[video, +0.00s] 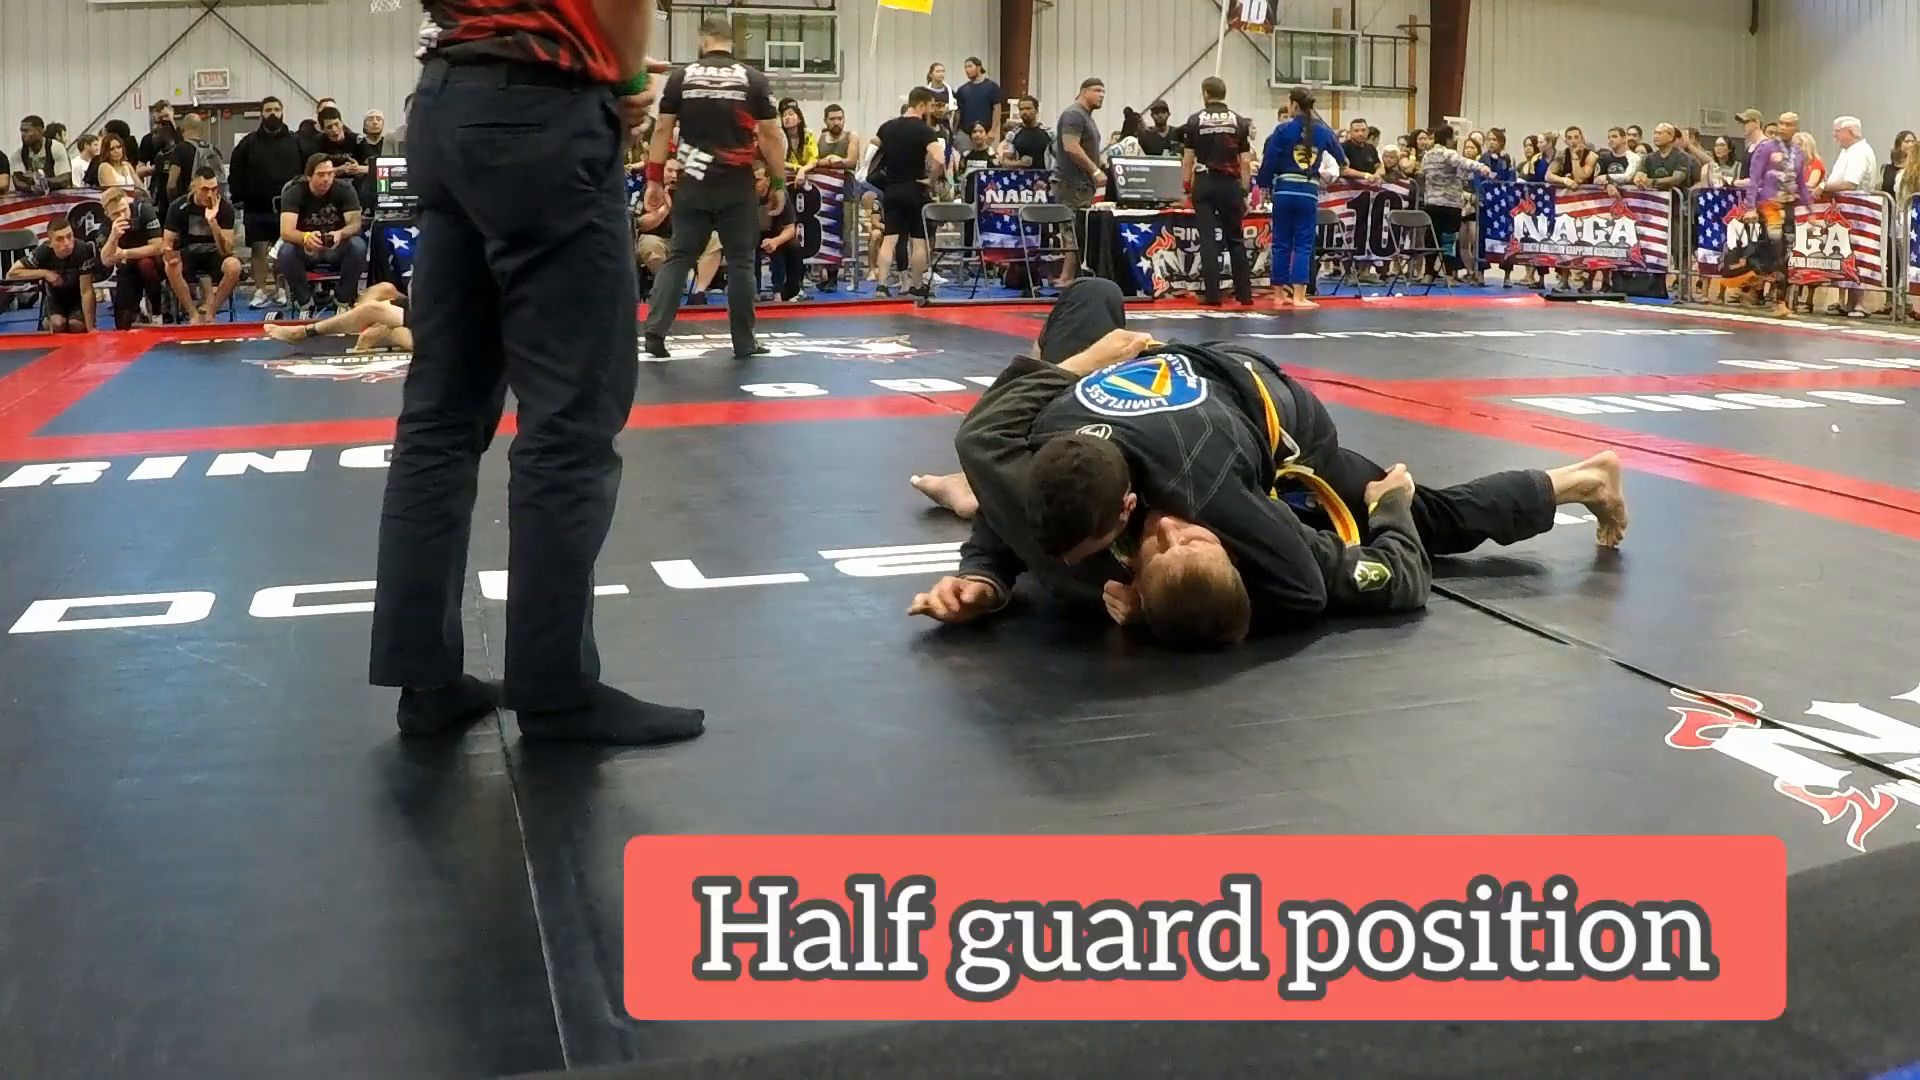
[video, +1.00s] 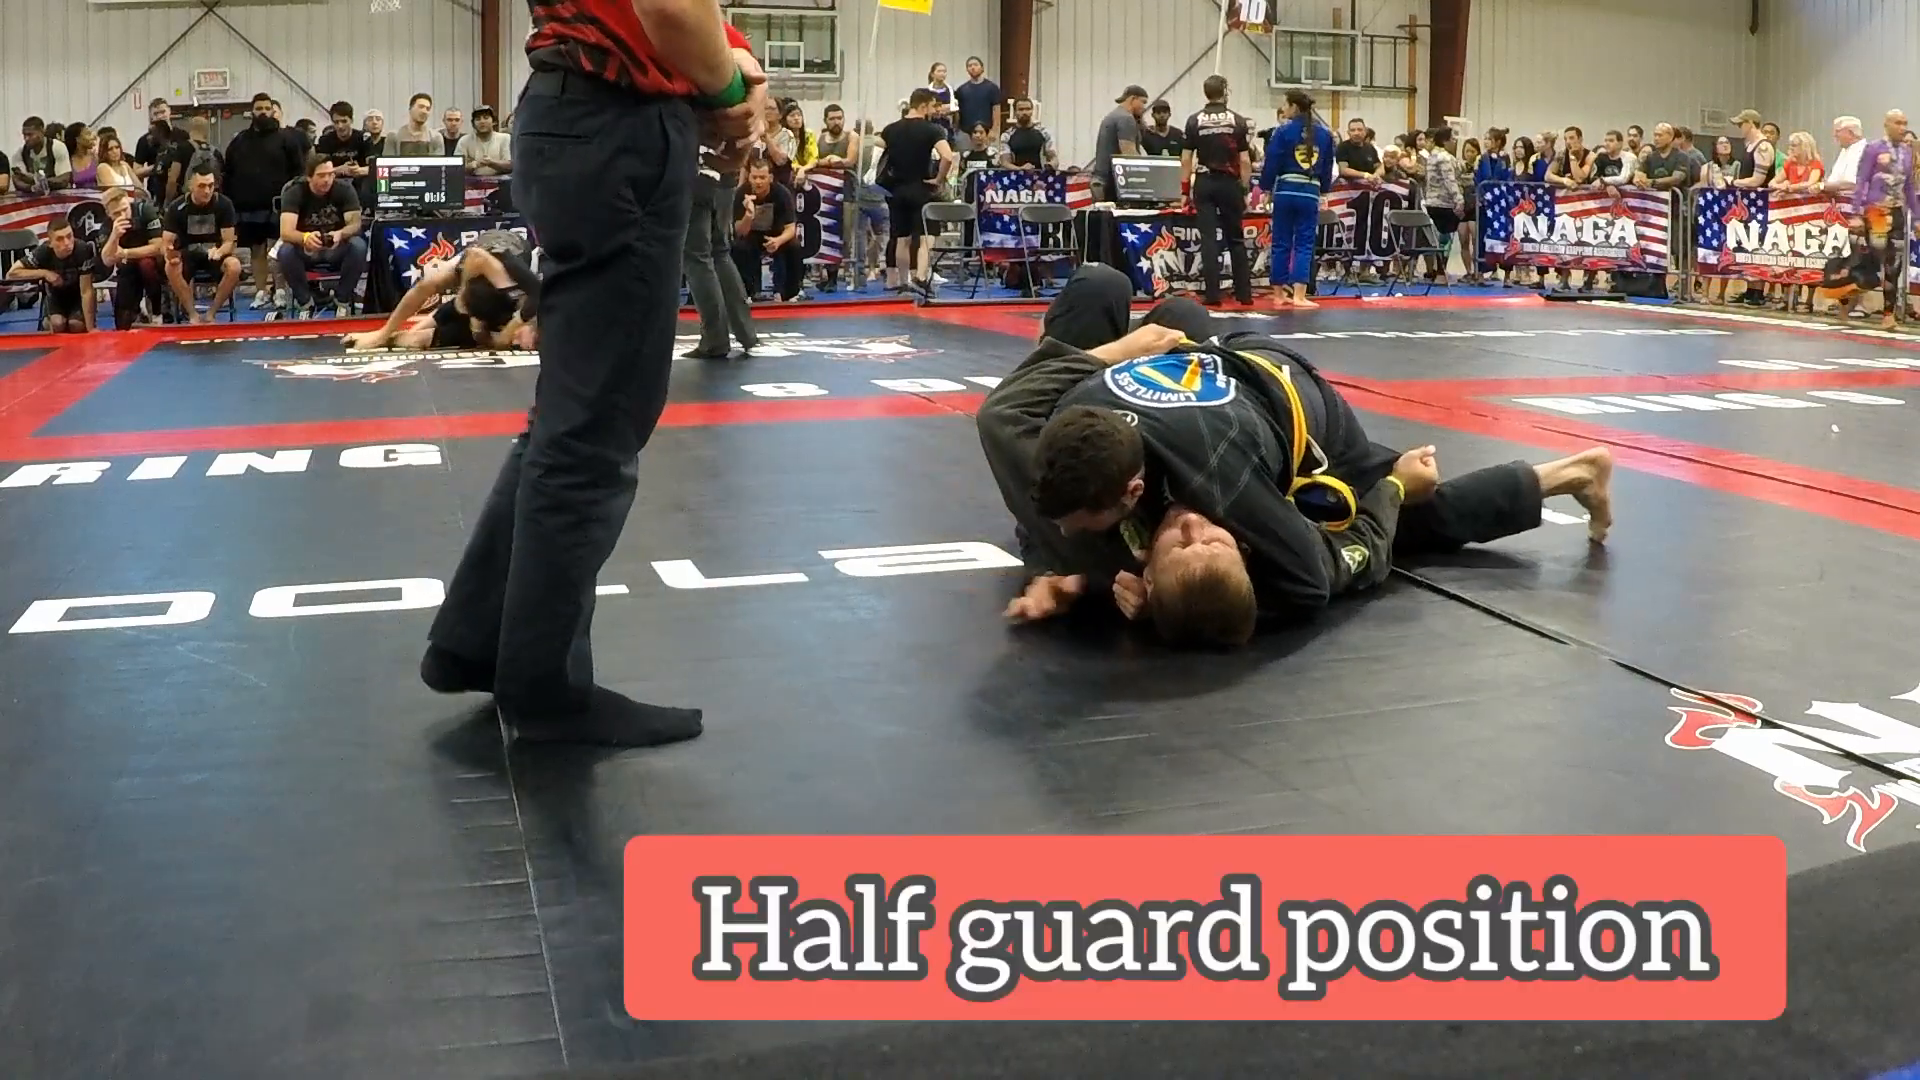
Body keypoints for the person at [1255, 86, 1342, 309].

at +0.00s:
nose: (1288, 106)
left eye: (1289, 103)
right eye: (1289, 103)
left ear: (1293, 104)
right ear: (1310, 104)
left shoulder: (1283, 129)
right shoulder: (1323, 130)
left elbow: (1269, 160)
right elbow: (1341, 159)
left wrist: (1264, 183)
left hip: (1283, 192)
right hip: (1308, 195)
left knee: (1280, 242)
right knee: (1304, 243)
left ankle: (1279, 294)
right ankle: (1299, 297)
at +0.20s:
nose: (1287, 107)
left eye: (1288, 103)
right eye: (1288, 103)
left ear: (1293, 105)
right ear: (1309, 104)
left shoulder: (1282, 129)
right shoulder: (1323, 131)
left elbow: (1269, 161)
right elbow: (1340, 159)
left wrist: (1263, 185)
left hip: (1283, 192)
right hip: (1308, 195)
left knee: (1281, 242)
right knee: (1304, 244)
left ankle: (1279, 294)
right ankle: (1299, 297)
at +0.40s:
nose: (1286, 107)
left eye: (1288, 103)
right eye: (1287, 103)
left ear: (1293, 105)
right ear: (1308, 104)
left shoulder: (1282, 128)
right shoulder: (1322, 130)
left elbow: (1270, 159)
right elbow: (1338, 155)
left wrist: (1262, 182)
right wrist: (1343, 167)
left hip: (1283, 192)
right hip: (1308, 195)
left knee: (1281, 242)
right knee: (1304, 244)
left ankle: (1279, 294)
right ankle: (1299, 297)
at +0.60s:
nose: (1285, 108)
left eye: (1286, 104)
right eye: (1286, 104)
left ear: (1293, 106)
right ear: (1308, 105)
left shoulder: (1282, 129)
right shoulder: (1322, 131)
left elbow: (1269, 160)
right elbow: (1337, 158)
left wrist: (1264, 184)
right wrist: (1340, 173)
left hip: (1283, 193)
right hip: (1308, 195)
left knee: (1281, 242)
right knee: (1304, 244)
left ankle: (1279, 294)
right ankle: (1299, 296)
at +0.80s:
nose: (1284, 109)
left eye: (1286, 105)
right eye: (1285, 105)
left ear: (1293, 106)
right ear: (1307, 106)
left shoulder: (1283, 130)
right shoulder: (1322, 131)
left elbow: (1270, 160)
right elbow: (1330, 161)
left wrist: (1266, 184)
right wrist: (1332, 182)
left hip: (1284, 191)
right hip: (1309, 194)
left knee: (1281, 242)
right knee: (1305, 243)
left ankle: (1279, 293)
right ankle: (1299, 296)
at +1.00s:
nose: (1283, 109)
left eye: (1285, 105)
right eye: (1284, 105)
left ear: (1294, 107)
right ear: (1305, 107)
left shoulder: (1282, 131)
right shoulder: (1324, 133)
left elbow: (1272, 162)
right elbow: (1327, 167)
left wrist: (1266, 186)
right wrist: (1323, 189)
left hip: (1285, 190)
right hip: (1310, 193)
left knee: (1281, 241)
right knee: (1305, 242)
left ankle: (1278, 293)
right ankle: (1299, 295)